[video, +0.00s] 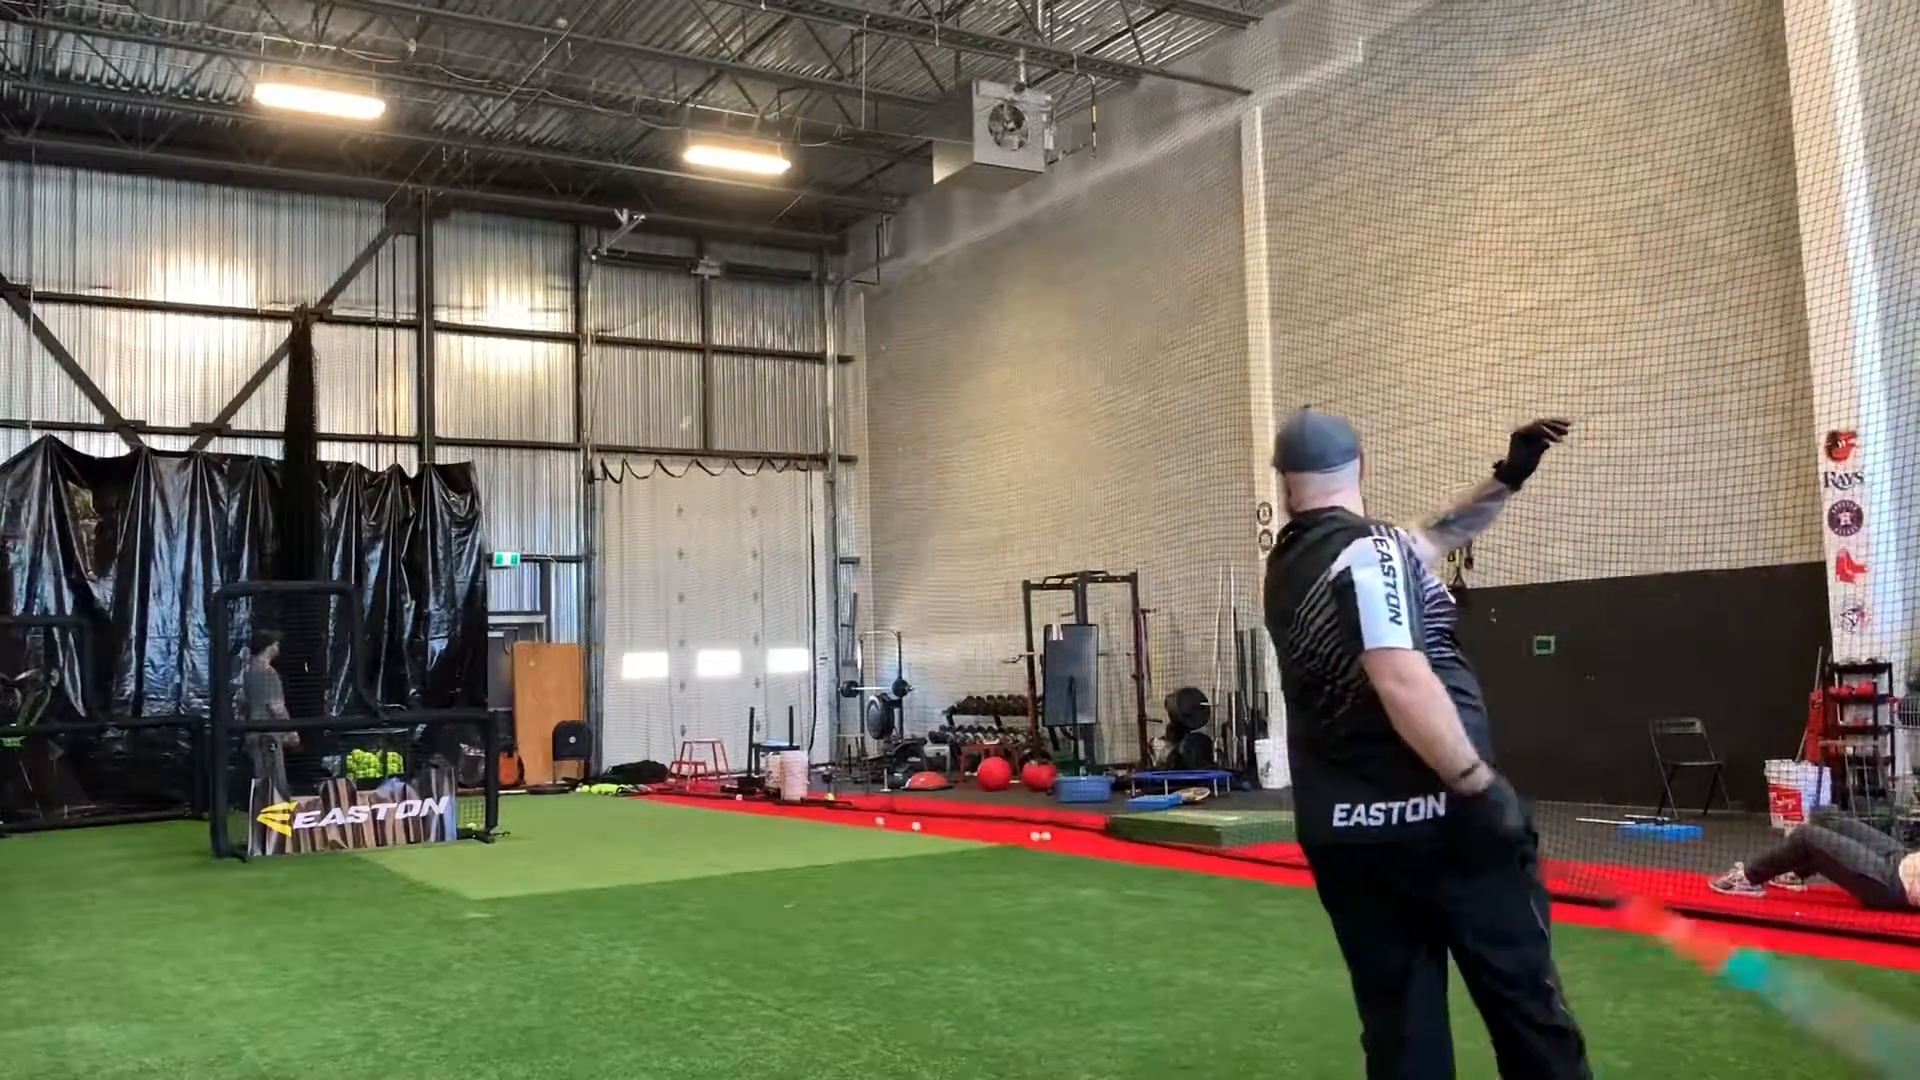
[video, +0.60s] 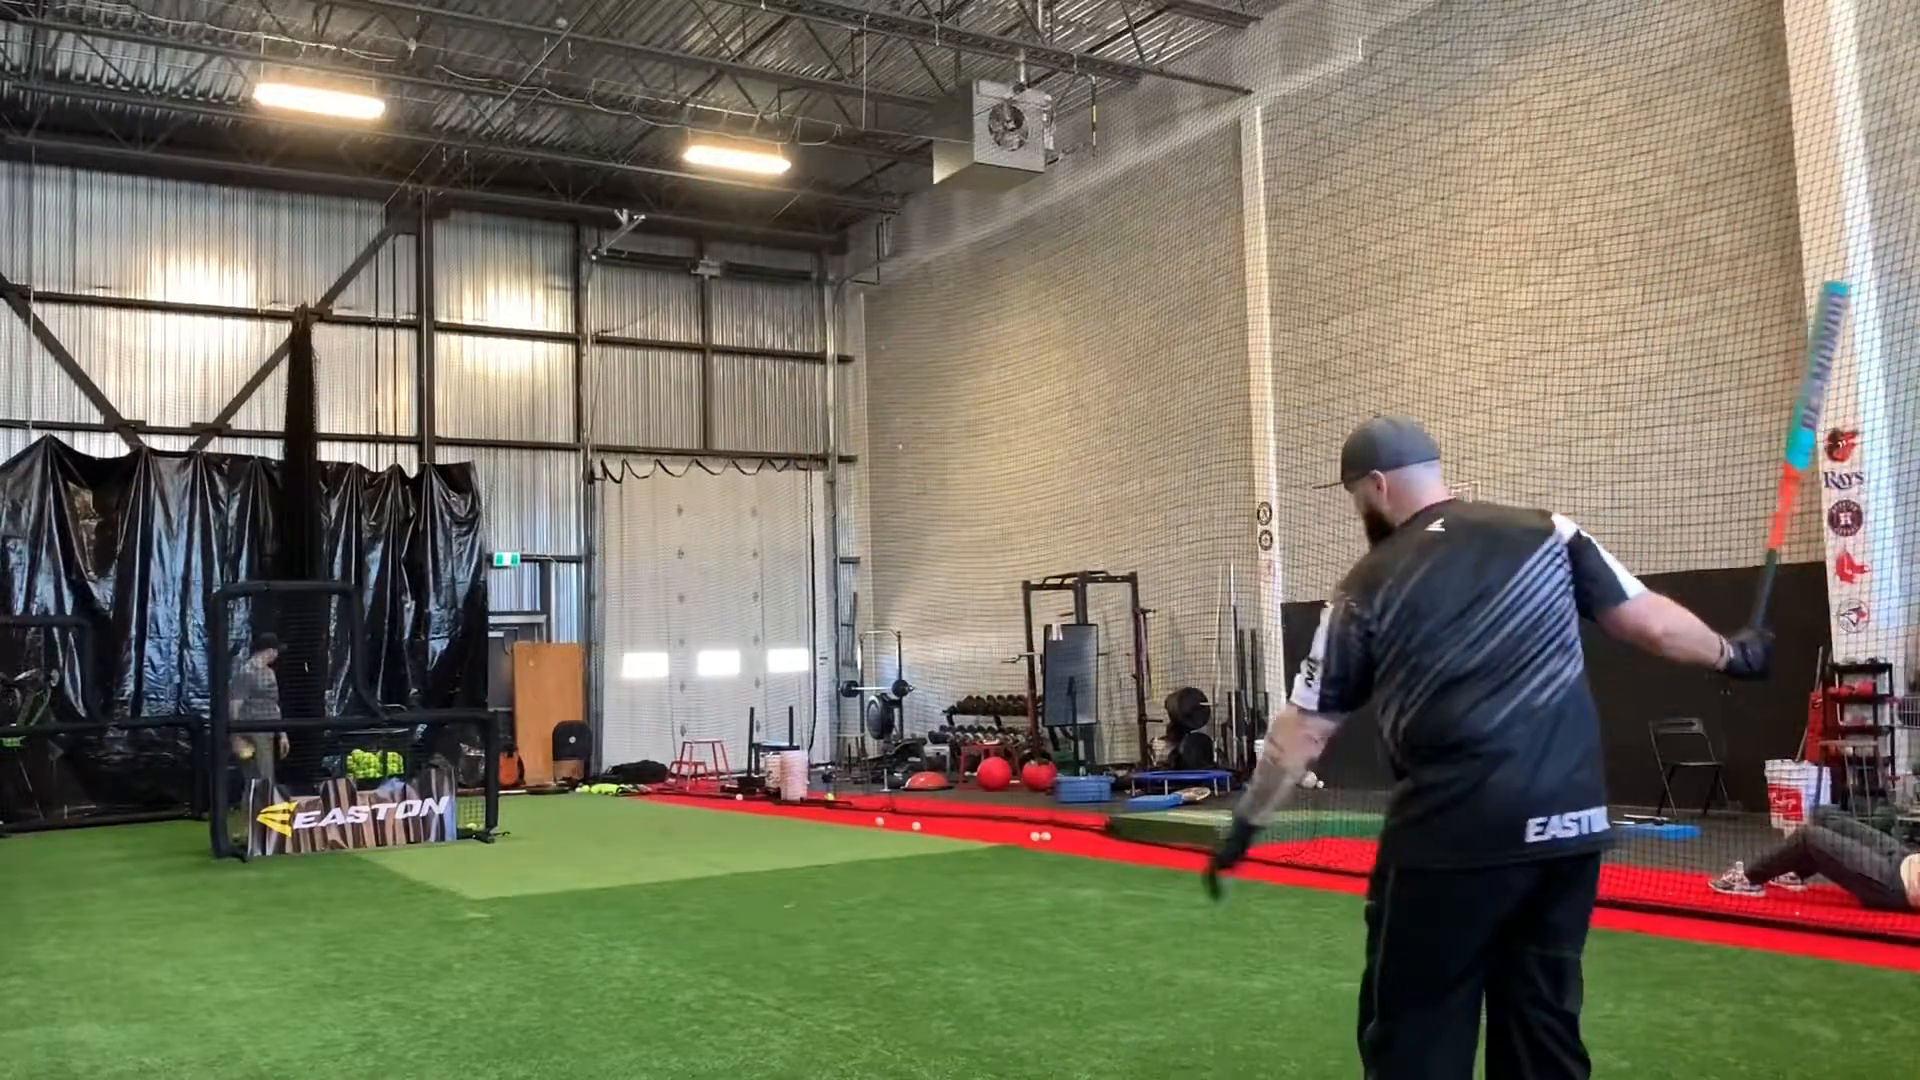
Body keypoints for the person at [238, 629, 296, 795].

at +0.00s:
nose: (278, 649)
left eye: (277, 645)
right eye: (275, 645)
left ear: (257, 647)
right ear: (268, 647)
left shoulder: (248, 671)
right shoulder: (269, 673)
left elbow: (242, 698)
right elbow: (276, 705)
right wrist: (290, 730)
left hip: (252, 726)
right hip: (270, 726)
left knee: (260, 773)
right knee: (276, 773)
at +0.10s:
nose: (278, 649)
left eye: (278, 644)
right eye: (276, 645)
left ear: (260, 646)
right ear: (269, 646)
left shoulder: (252, 669)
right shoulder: (264, 670)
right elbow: (270, 707)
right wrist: (284, 737)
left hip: (253, 732)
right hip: (265, 734)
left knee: (262, 781)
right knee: (275, 781)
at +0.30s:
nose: (279, 651)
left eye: (279, 647)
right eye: (278, 646)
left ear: (265, 647)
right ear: (270, 647)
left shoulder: (262, 669)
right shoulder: (260, 670)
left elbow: (273, 707)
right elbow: (260, 709)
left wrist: (280, 733)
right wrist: (272, 734)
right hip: (262, 737)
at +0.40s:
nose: (277, 654)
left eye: (277, 650)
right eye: (275, 650)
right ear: (270, 649)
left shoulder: (270, 673)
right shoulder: (254, 672)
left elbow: (274, 706)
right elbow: (248, 704)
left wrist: (281, 731)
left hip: (273, 737)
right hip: (258, 737)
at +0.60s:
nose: (276, 655)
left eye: (277, 651)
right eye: (275, 650)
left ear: (269, 652)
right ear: (267, 650)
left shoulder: (269, 672)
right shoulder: (246, 671)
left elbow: (273, 705)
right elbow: (234, 705)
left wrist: (281, 733)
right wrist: (235, 736)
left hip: (269, 731)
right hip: (252, 731)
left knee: (266, 779)